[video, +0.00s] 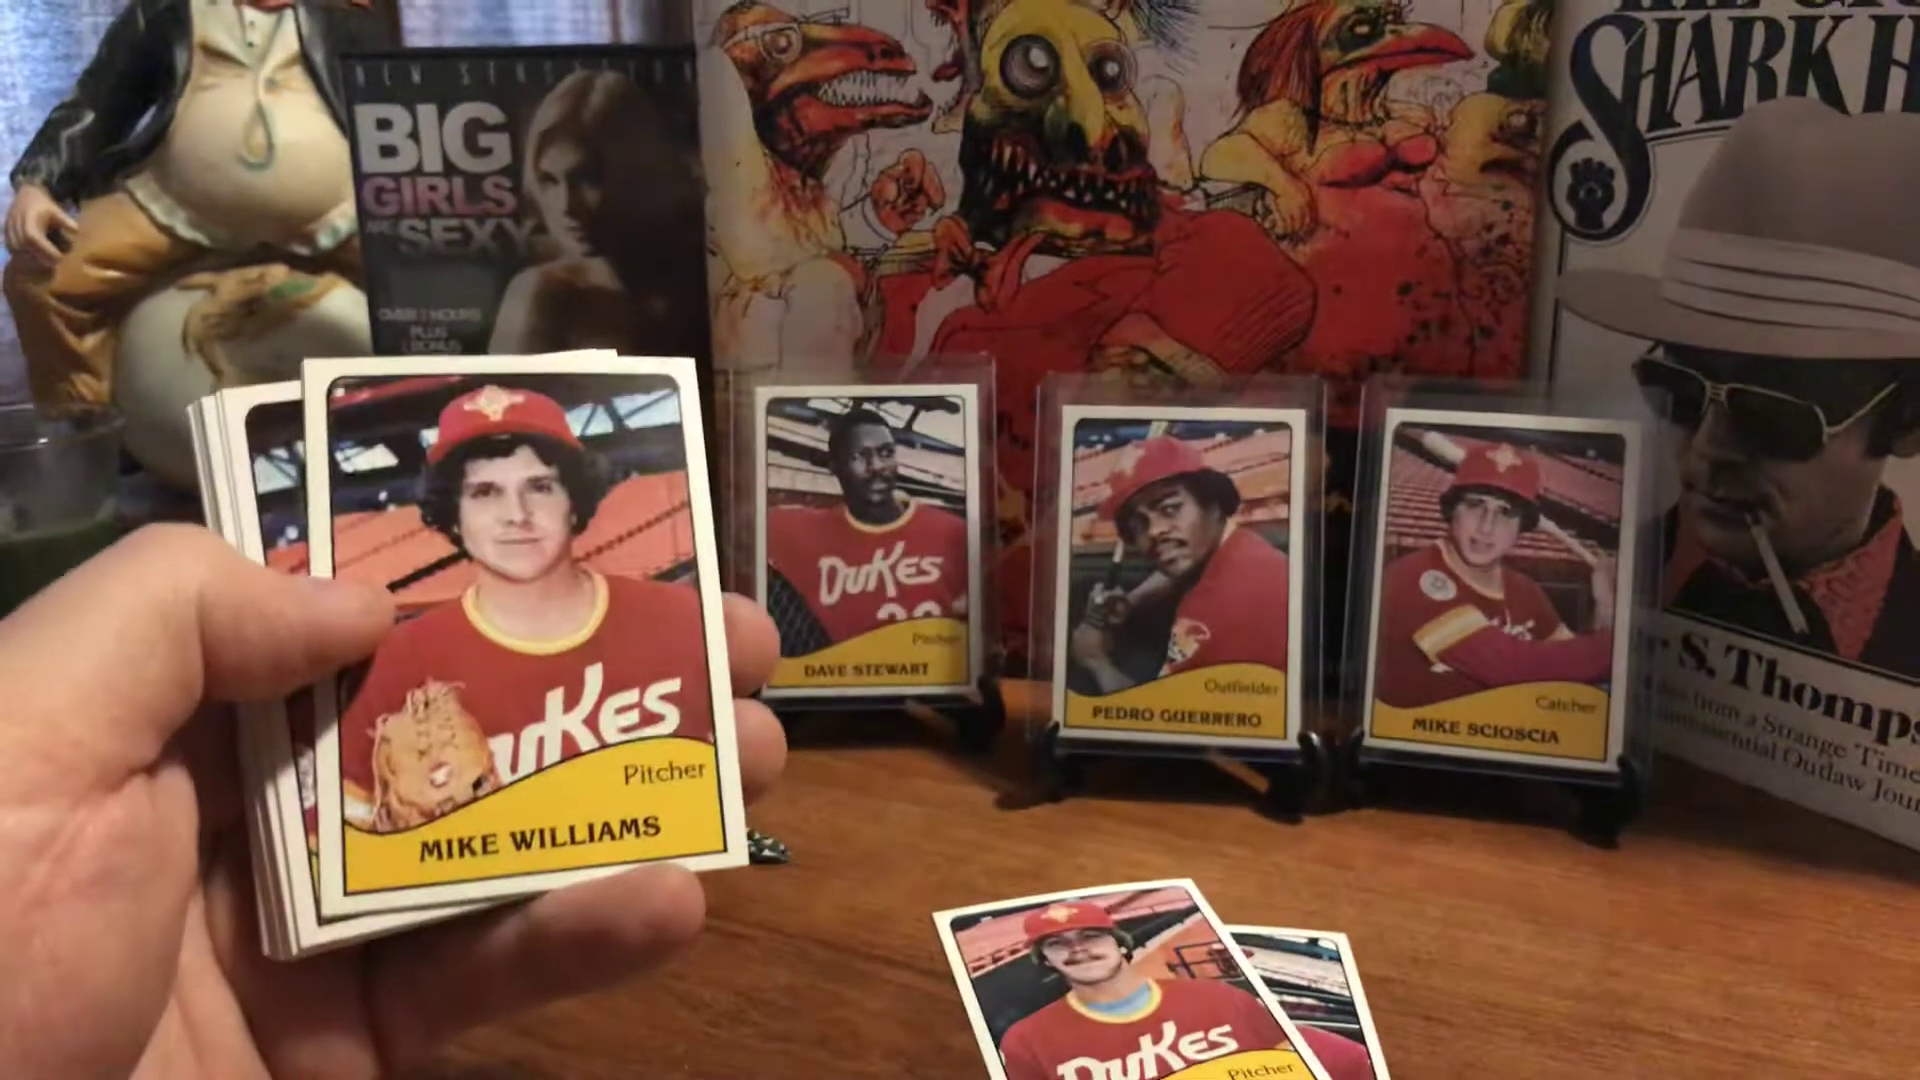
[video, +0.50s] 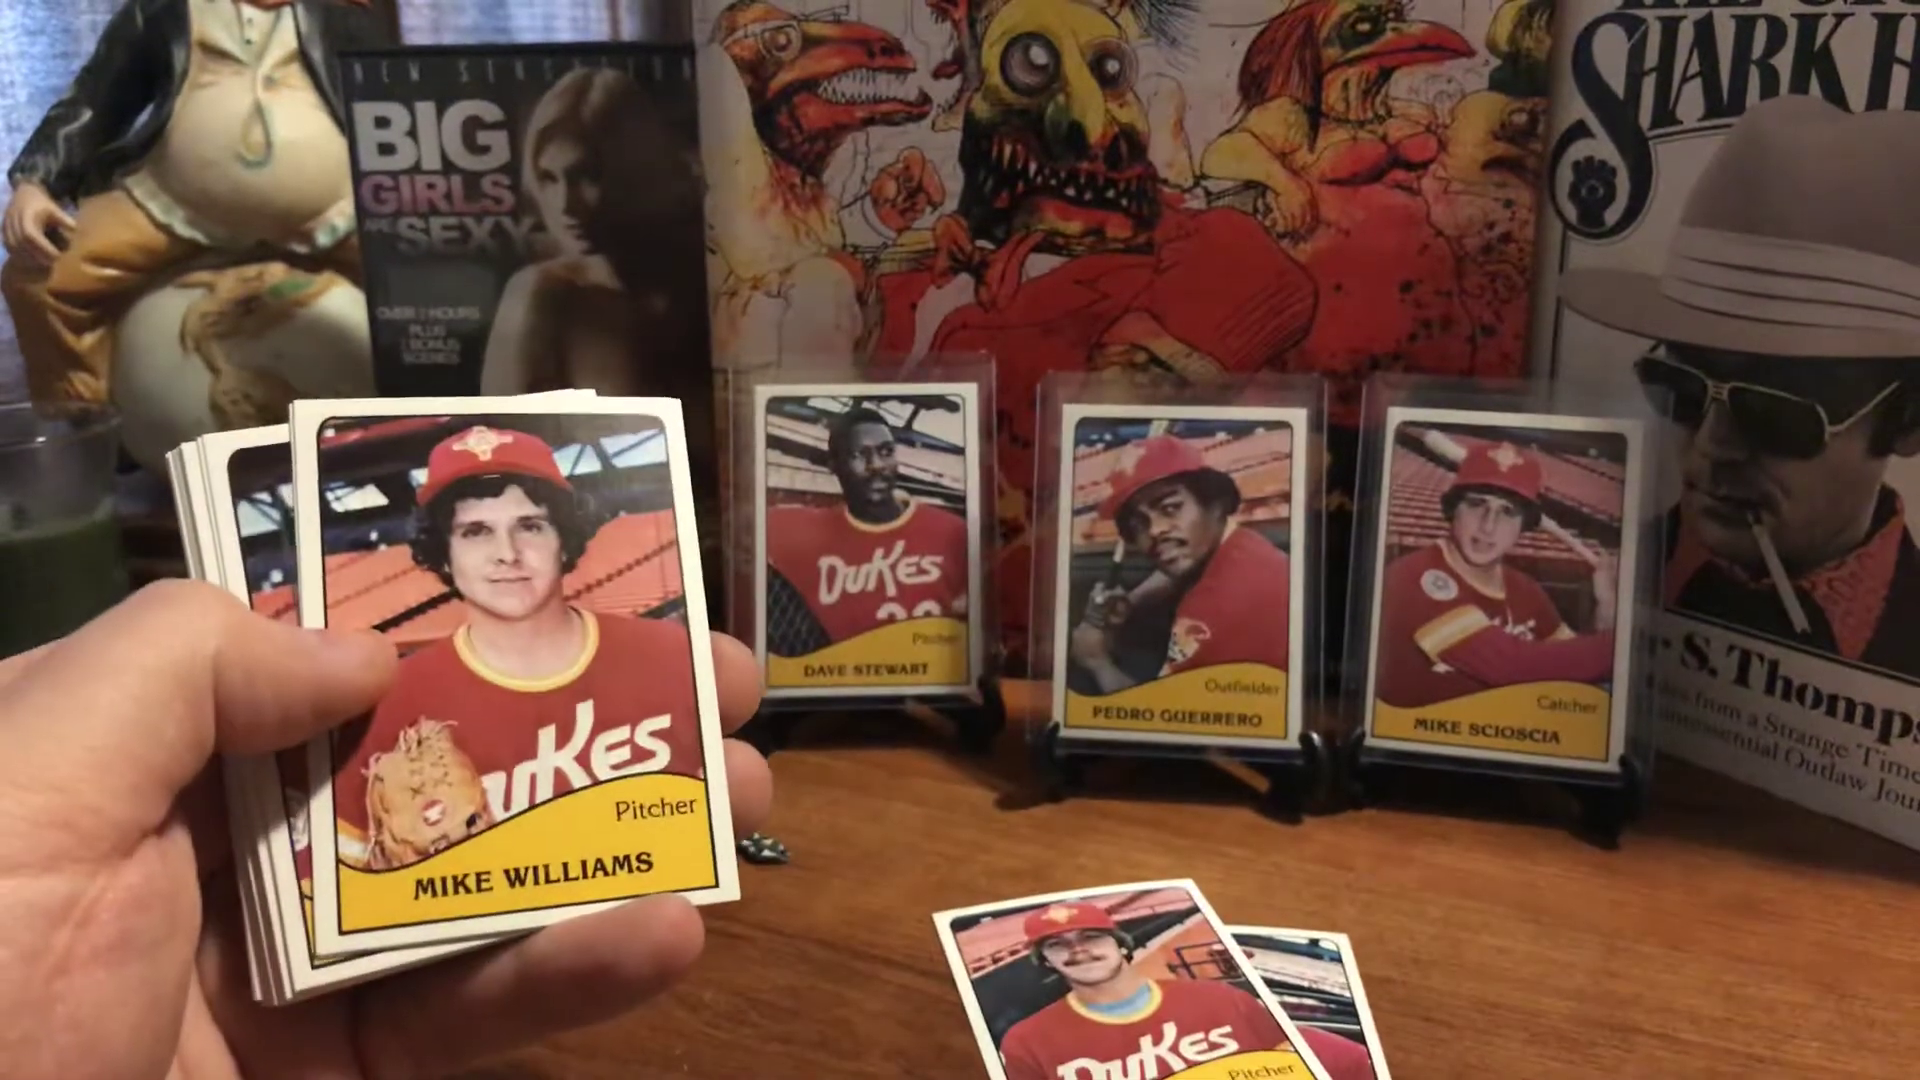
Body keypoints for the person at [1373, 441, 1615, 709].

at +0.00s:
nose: (1486, 526)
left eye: (1505, 513)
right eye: (1475, 505)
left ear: (1521, 527)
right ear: (1451, 509)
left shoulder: (1523, 591)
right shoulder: (1415, 579)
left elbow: (1579, 674)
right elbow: (1505, 666)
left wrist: (1605, 609)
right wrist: (1620, 643)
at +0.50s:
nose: (1487, 524)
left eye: (1507, 512)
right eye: (1477, 504)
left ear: (1522, 527)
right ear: (1453, 509)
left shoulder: (1523, 590)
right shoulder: (1417, 579)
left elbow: (1579, 673)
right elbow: (1506, 665)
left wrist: (1607, 607)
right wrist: (1627, 643)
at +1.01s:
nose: (1486, 525)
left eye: (1506, 512)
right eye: (1475, 504)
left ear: (1522, 526)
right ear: (1452, 509)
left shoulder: (1525, 591)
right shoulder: (1416, 578)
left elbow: (1579, 675)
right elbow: (1506, 665)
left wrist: (1605, 607)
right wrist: (1623, 641)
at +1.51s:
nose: (1487, 526)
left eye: (1506, 513)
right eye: (1476, 505)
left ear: (1522, 527)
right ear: (1452, 509)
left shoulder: (1526, 592)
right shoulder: (1416, 578)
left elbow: (1579, 674)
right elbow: (1505, 665)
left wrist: (1606, 607)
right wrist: (1625, 642)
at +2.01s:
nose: (1485, 527)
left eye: (1505, 514)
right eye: (1474, 506)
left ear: (1521, 527)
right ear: (1451, 510)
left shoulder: (1524, 593)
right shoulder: (1415, 579)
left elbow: (1577, 674)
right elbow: (1502, 664)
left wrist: (1604, 607)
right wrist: (1618, 642)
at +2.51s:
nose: (1485, 525)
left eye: (1505, 511)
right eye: (1473, 503)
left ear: (1520, 525)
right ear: (1450, 507)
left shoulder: (1523, 590)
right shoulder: (1414, 576)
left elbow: (1578, 670)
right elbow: (1504, 664)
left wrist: (1604, 606)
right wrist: (1617, 640)